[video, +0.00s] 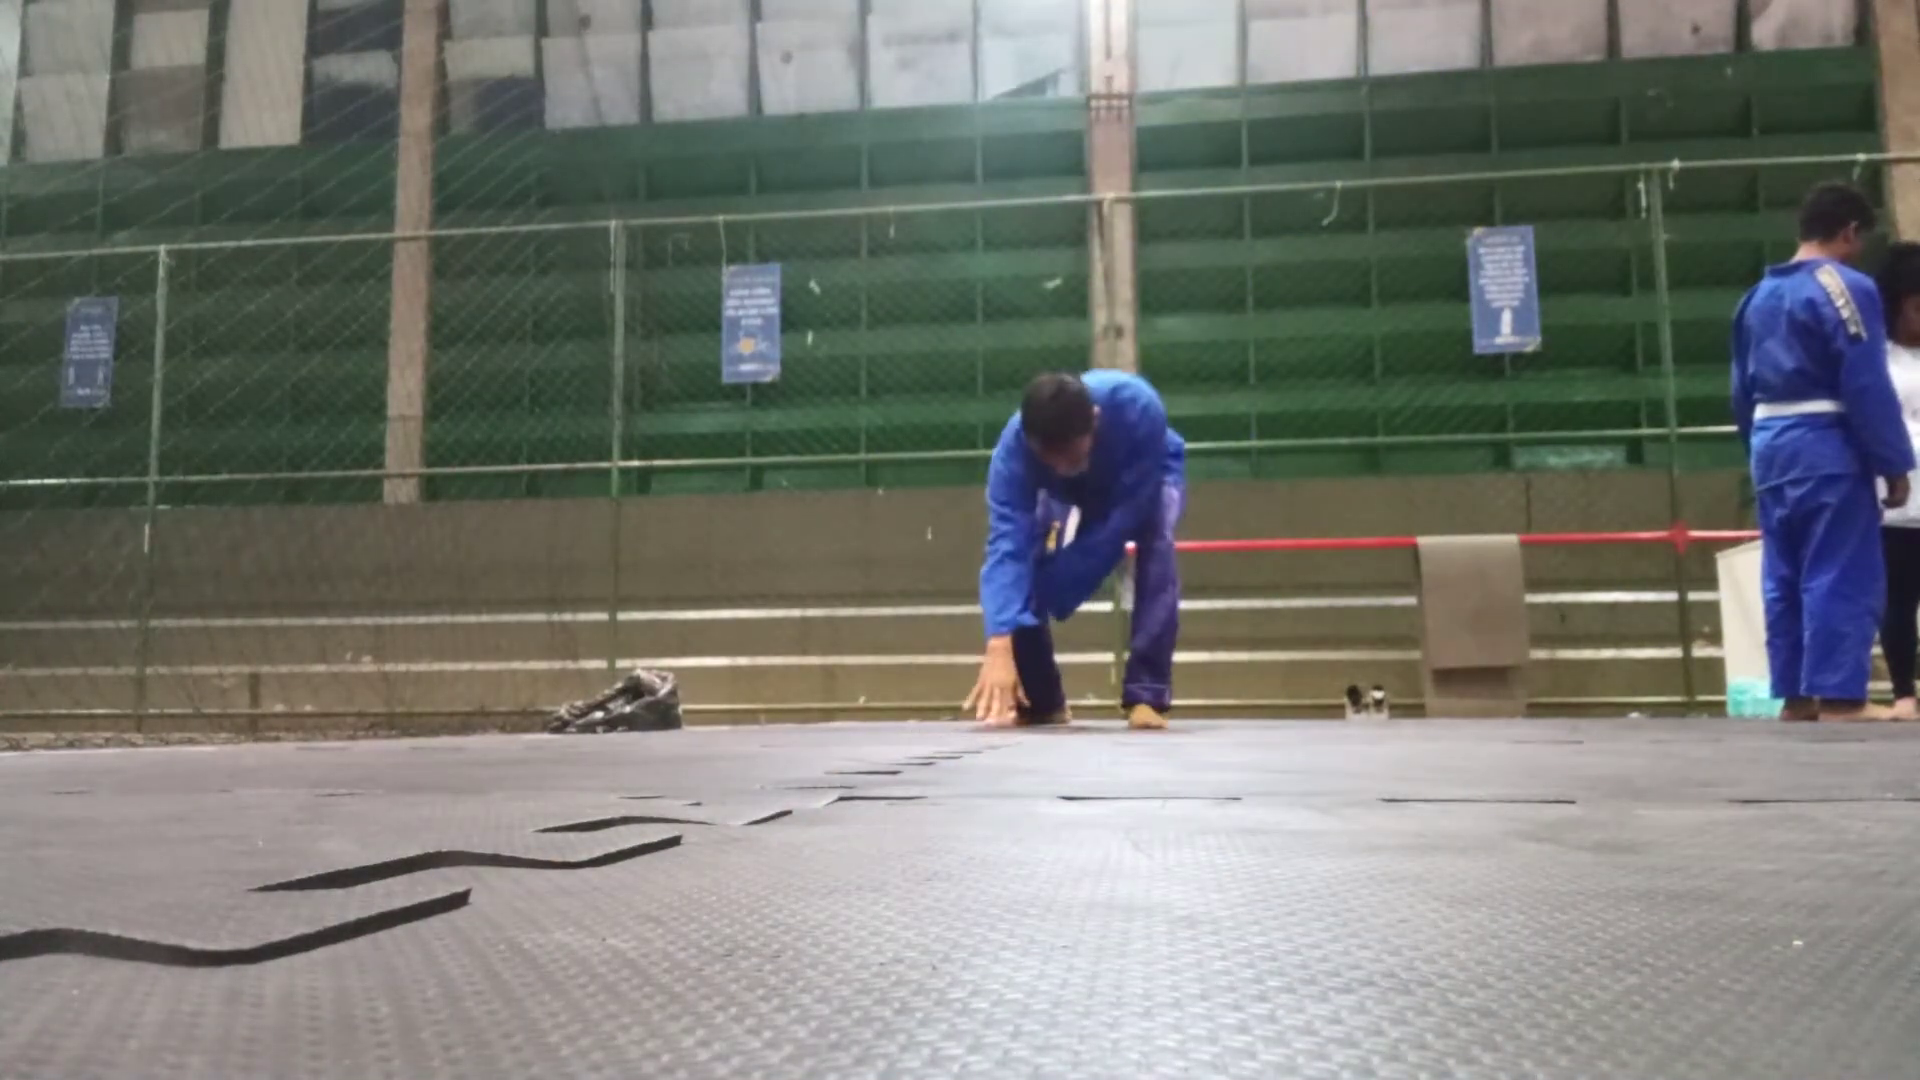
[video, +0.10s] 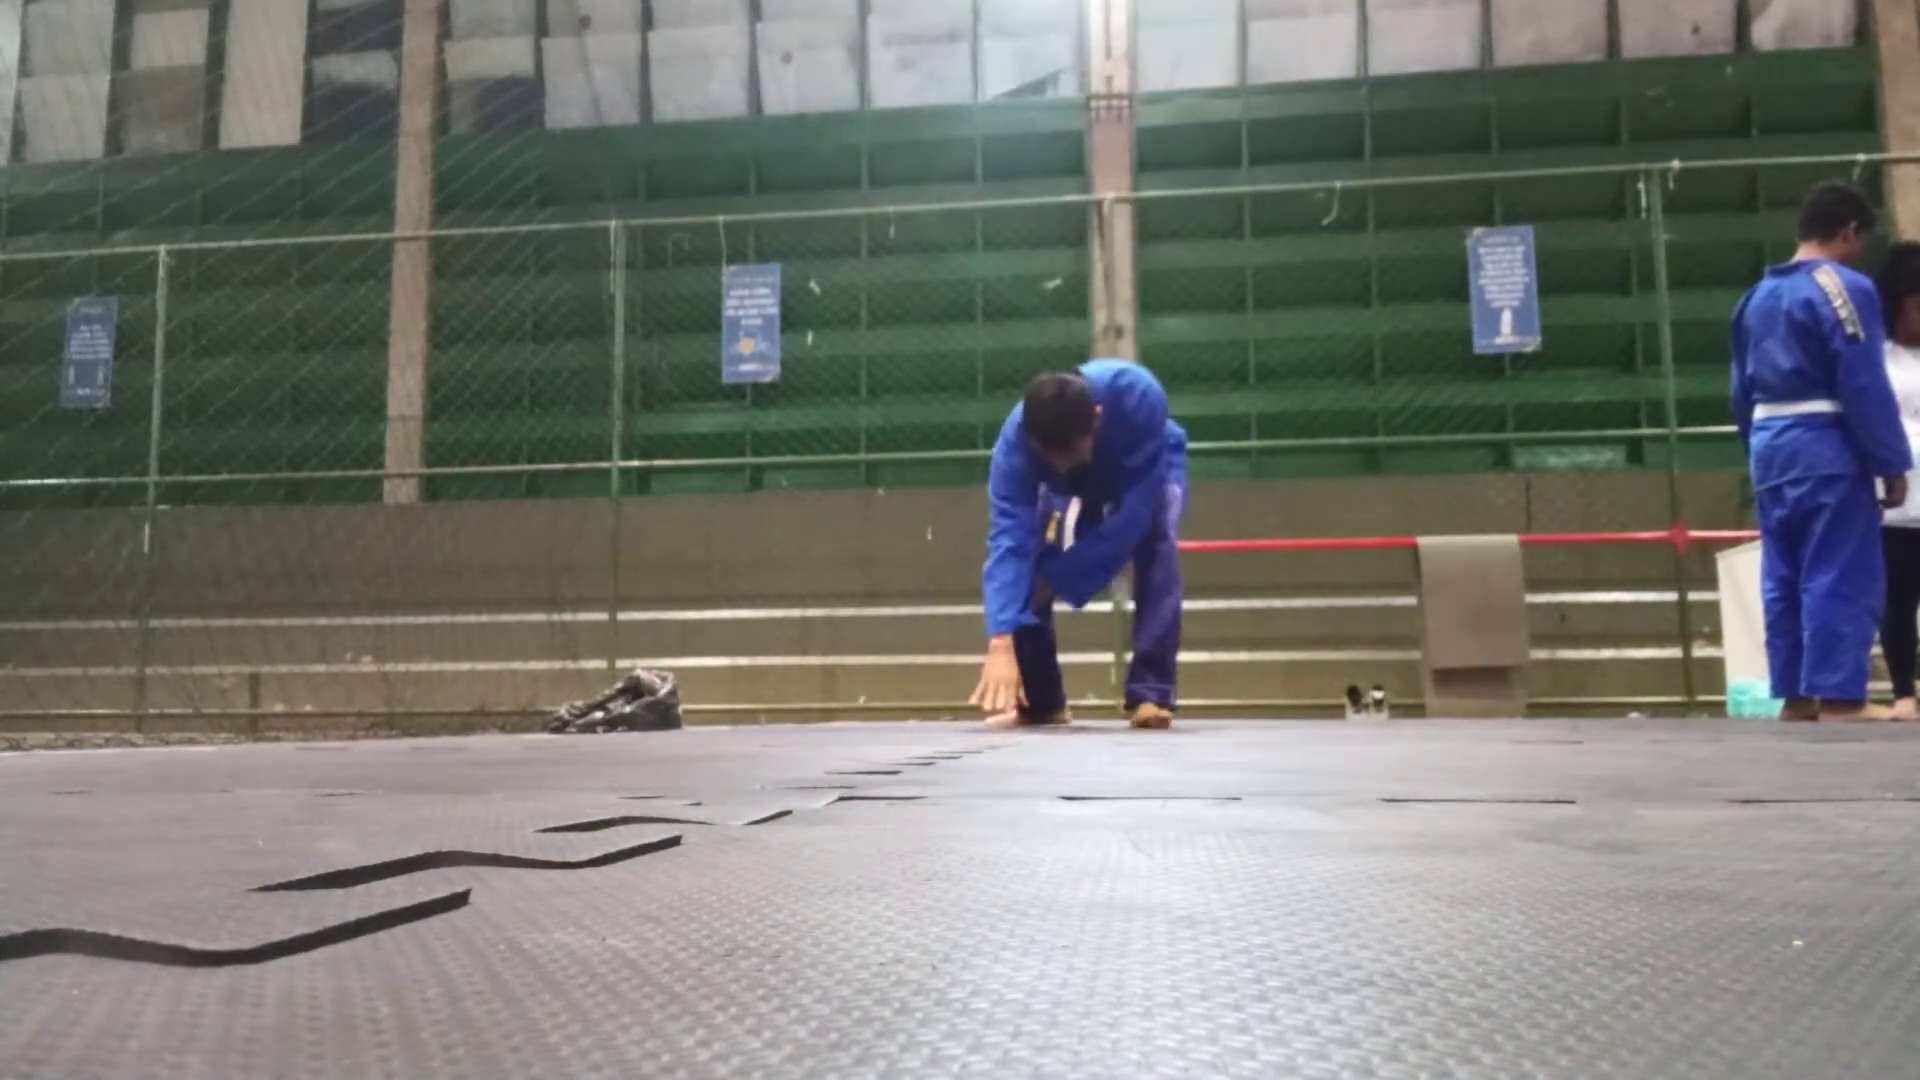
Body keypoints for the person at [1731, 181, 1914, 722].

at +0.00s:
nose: (1860, 247)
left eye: (1862, 239)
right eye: (1861, 238)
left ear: (1803, 230)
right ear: (1848, 232)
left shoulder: (1760, 295)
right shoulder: (1847, 288)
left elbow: (1743, 391)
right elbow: (1866, 385)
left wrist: (1762, 444)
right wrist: (1896, 464)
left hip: (1769, 442)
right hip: (1826, 440)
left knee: (1785, 575)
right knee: (1841, 572)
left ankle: (1795, 696)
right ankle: (1839, 698)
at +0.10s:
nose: (1859, 248)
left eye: (1862, 240)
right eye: (1861, 239)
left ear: (1803, 230)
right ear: (1848, 232)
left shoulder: (1758, 295)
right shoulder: (1844, 288)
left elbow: (1743, 392)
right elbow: (1864, 385)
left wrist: (1763, 447)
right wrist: (1893, 463)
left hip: (1768, 443)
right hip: (1825, 441)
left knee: (1785, 575)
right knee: (1841, 572)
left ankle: (1795, 698)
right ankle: (1839, 700)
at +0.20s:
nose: (1858, 250)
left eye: (1861, 241)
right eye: (1860, 240)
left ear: (1802, 230)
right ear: (1847, 233)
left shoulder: (1757, 295)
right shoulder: (1843, 288)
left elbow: (1743, 392)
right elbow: (1863, 386)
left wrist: (1762, 446)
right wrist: (1891, 464)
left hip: (1766, 442)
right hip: (1823, 439)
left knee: (1784, 573)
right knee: (1841, 570)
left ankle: (1795, 698)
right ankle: (1839, 699)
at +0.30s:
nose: (1859, 250)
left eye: (1862, 241)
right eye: (1859, 240)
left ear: (1801, 231)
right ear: (1845, 233)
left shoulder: (1757, 295)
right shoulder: (1841, 288)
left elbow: (1742, 391)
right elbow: (1859, 386)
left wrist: (1762, 445)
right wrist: (1888, 464)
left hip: (1766, 440)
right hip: (1821, 438)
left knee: (1784, 573)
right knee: (1841, 569)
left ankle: (1795, 696)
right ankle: (1839, 698)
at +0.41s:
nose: (1857, 249)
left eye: (1860, 241)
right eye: (1858, 240)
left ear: (1801, 230)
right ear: (1845, 233)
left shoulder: (1756, 295)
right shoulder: (1840, 289)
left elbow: (1742, 392)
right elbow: (1857, 387)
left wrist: (1760, 446)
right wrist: (1886, 465)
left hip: (1765, 440)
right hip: (1820, 438)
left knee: (1783, 573)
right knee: (1840, 569)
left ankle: (1795, 696)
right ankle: (1838, 698)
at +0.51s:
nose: (1857, 251)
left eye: (1860, 242)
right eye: (1858, 241)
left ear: (1800, 231)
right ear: (1844, 234)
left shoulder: (1756, 295)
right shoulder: (1838, 289)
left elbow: (1742, 392)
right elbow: (1856, 388)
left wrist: (1762, 445)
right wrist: (1885, 465)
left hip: (1764, 439)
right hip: (1819, 437)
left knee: (1783, 573)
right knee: (1839, 569)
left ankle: (1794, 697)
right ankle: (1839, 699)